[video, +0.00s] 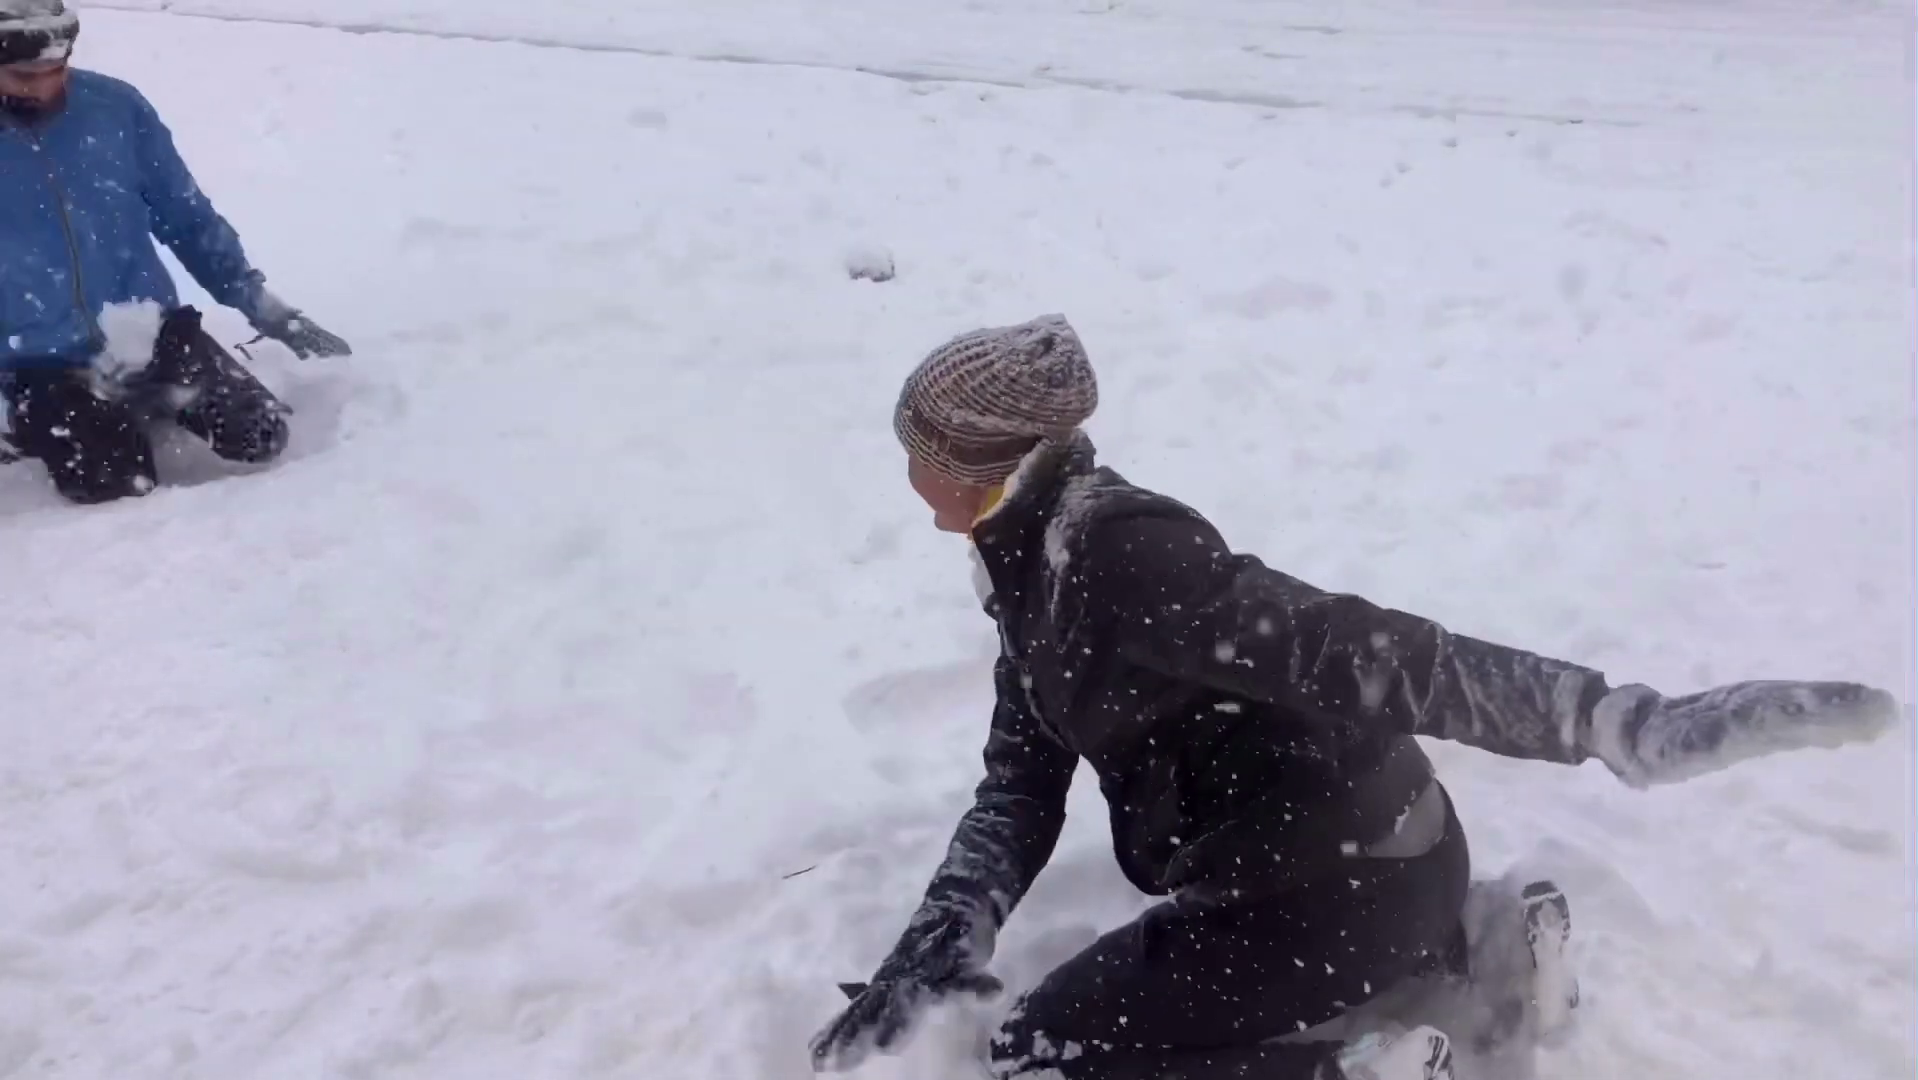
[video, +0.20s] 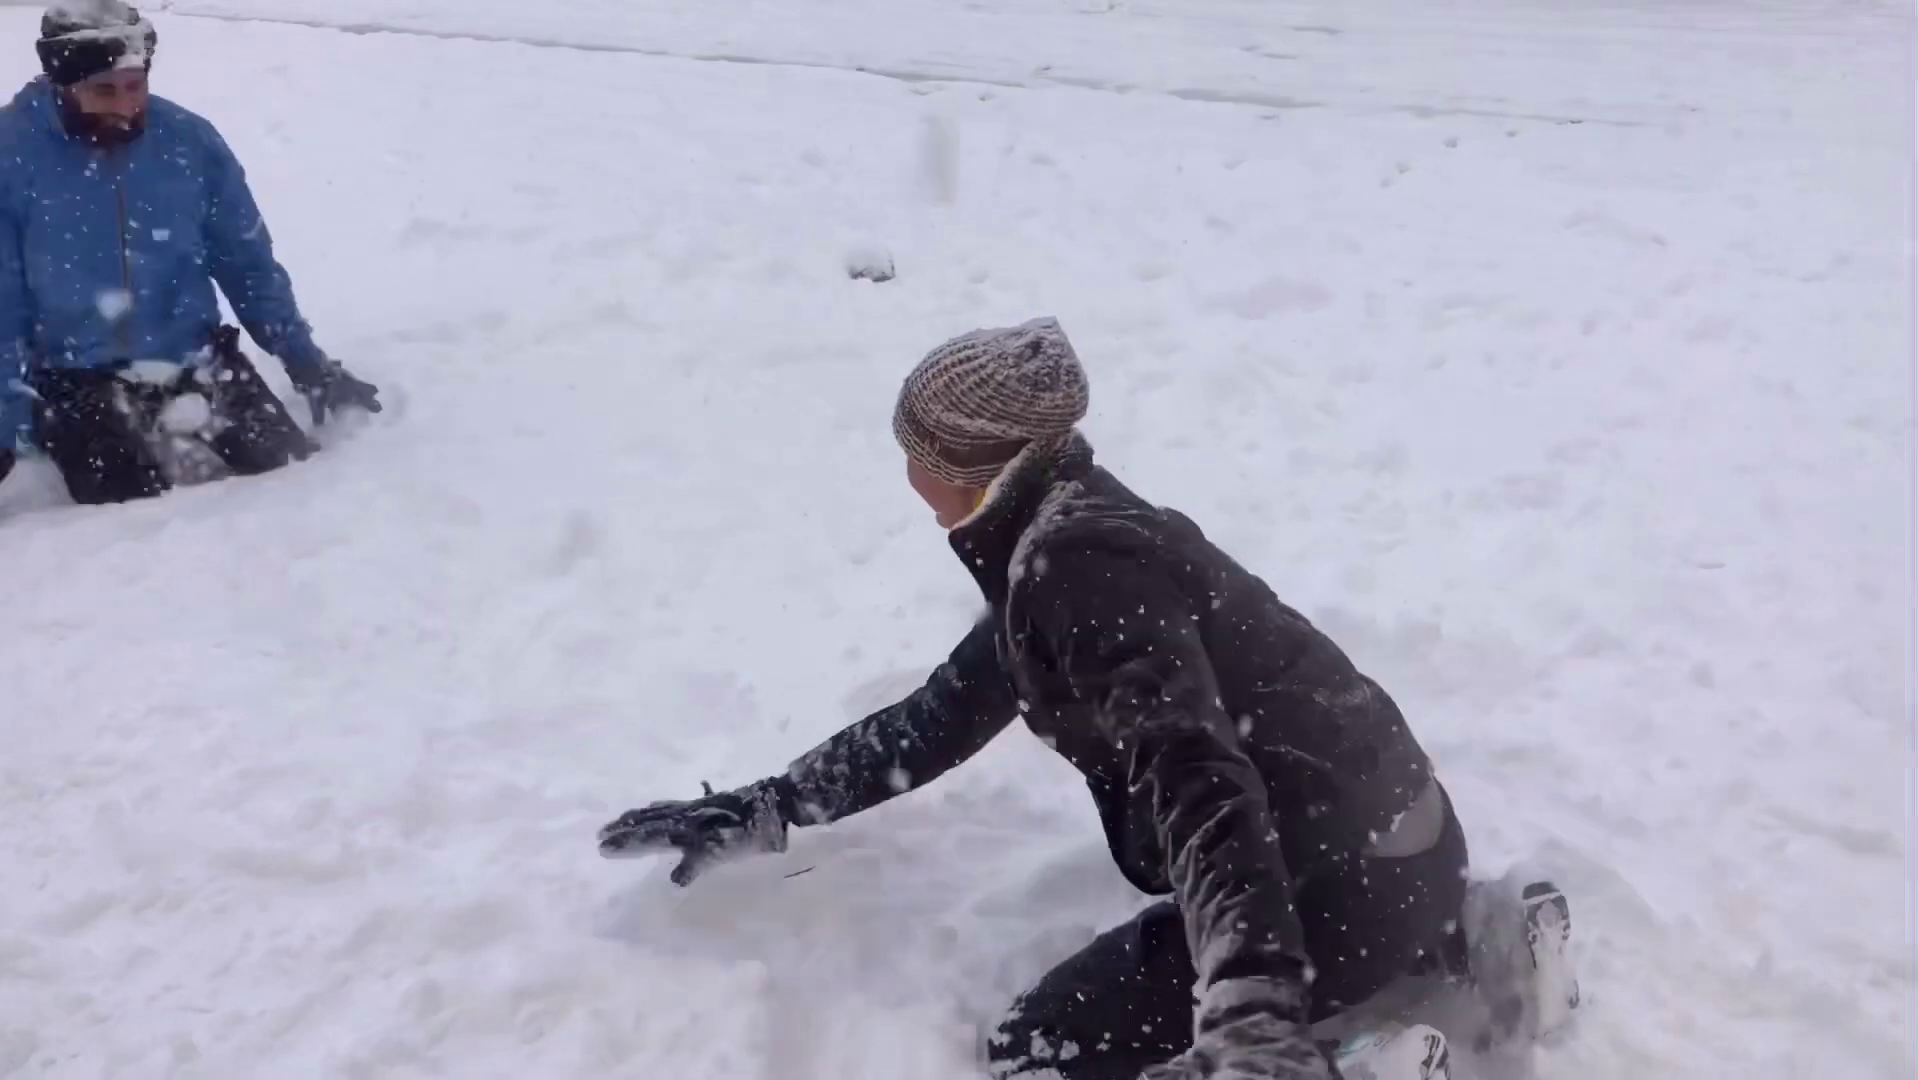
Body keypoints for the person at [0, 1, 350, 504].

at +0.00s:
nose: (46, 87)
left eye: (56, 68)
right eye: (26, 75)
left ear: (69, 53)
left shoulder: (116, 108)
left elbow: (188, 219)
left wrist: (262, 305)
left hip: (149, 327)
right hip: (41, 359)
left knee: (262, 436)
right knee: (115, 484)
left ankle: (165, 388)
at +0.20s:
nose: (126, 105)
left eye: (136, 85)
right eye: (106, 89)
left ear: (149, 74)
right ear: (63, 84)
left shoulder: (190, 142)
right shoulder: (13, 152)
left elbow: (249, 266)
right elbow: (6, 301)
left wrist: (312, 368)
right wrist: (14, 414)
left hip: (193, 355)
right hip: (78, 371)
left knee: (284, 463)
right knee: (124, 495)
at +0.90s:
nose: (206, 5)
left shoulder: (264, 59)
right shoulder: (82, 96)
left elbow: (325, 190)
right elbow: (90, 274)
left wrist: (371, 298)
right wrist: (119, 424)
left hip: (270, 323)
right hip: (168, 337)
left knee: (308, 479)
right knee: (249, 492)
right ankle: (125, 449)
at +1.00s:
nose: (209, 11)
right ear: (145, 1)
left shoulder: (267, 64)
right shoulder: (86, 107)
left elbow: (324, 199)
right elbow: (92, 281)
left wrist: (375, 317)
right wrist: (114, 429)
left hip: (274, 331)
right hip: (172, 348)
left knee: (304, 485)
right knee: (252, 496)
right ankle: (130, 467)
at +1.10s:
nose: (218, 25)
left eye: (227, 4)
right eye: (194, 8)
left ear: (241, 4)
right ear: (149, 11)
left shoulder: (264, 74)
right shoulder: (101, 121)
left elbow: (321, 214)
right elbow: (103, 301)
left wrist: (368, 334)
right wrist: (123, 443)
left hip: (274, 344)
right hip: (185, 364)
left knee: (310, 481)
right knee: (273, 512)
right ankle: (141, 477)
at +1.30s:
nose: (237, 81)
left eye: (248, 57)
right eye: (212, 62)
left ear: (261, 49)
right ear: (165, 63)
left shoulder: (268, 104)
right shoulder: (121, 164)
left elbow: (312, 233)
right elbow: (154, 363)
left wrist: (364, 345)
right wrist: (202, 518)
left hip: (268, 358)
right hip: (195, 390)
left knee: (309, 471)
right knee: (283, 533)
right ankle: (147, 477)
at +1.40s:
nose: (245, 115)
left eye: (257, 89)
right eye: (220, 96)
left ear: (269, 76)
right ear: (175, 92)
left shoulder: (288, 131)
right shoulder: (111, 183)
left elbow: (327, 268)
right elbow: (147, 380)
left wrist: (371, 375)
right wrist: (236, 513)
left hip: (271, 366)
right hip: (185, 394)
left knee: (312, 466)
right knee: (289, 541)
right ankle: (140, 485)